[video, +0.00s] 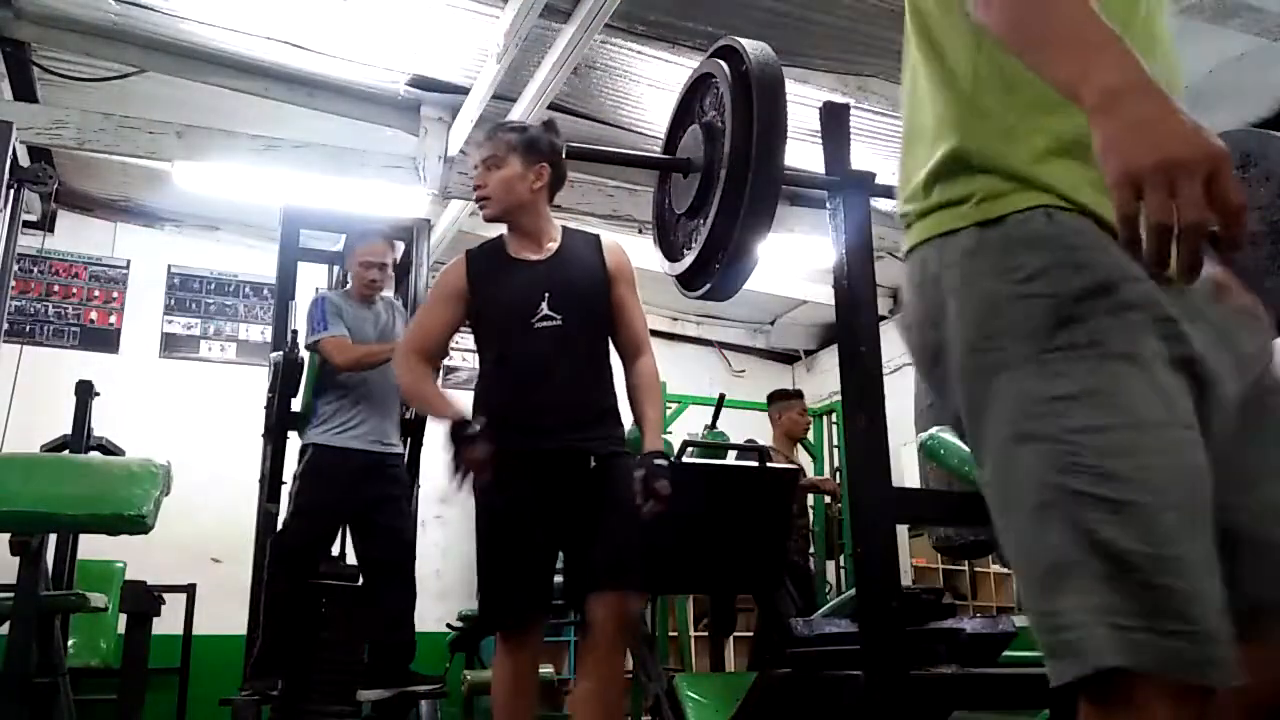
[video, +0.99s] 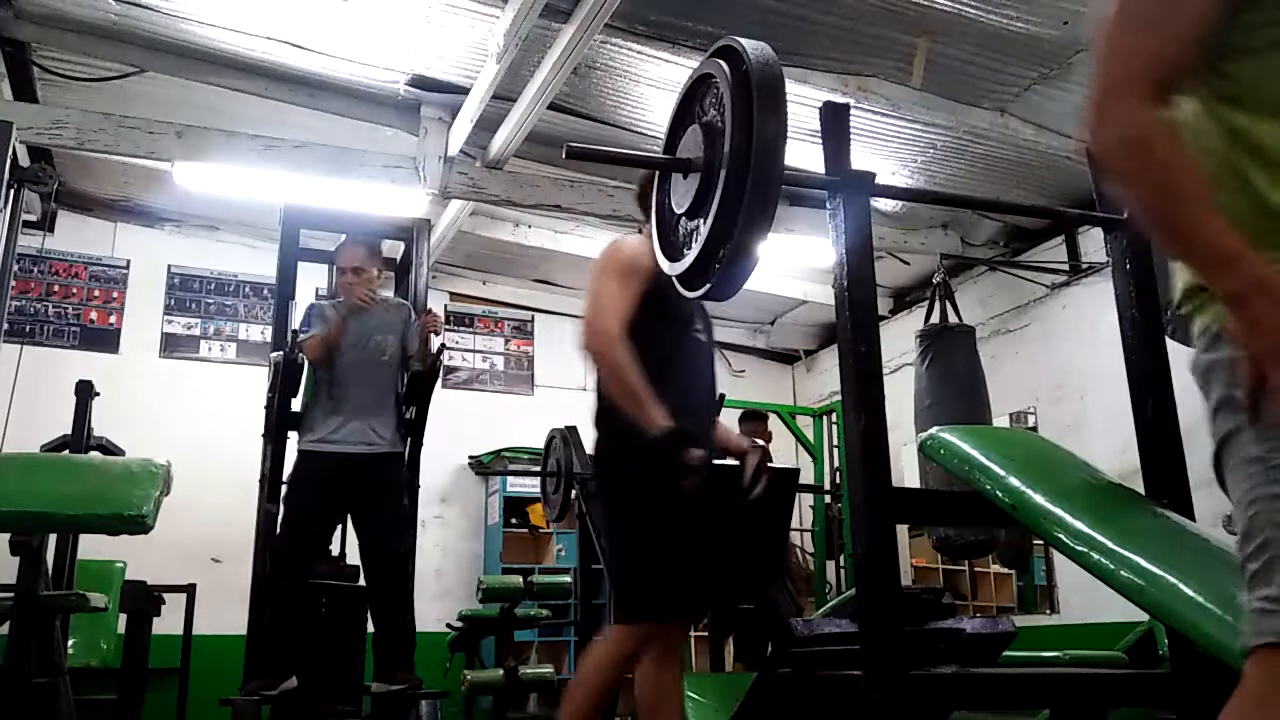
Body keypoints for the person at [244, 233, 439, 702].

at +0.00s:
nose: (377, 274)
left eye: (385, 267)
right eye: (368, 265)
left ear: (392, 269)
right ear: (348, 266)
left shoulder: (398, 315)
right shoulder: (328, 304)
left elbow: (415, 369)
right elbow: (342, 357)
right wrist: (405, 347)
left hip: (384, 458)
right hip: (329, 454)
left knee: (393, 574)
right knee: (293, 562)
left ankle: (390, 681)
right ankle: (271, 673)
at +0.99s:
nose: (349, 280)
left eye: (359, 272)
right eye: (343, 272)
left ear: (379, 271)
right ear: (335, 272)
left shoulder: (401, 313)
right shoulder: (321, 310)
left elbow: (421, 372)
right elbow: (315, 355)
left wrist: (427, 342)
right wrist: (345, 313)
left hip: (381, 458)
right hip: (321, 455)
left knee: (390, 572)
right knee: (292, 564)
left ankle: (396, 672)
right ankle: (279, 670)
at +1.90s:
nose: (368, 289)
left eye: (374, 280)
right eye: (359, 280)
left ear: (382, 279)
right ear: (338, 279)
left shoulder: (395, 316)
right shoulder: (315, 313)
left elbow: (410, 369)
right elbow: (303, 364)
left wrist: (426, 343)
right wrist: (289, 329)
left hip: (378, 456)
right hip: (320, 454)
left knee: (384, 568)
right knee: (296, 564)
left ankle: (394, 670)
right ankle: (284, 668)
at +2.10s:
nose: (365, 288)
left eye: (372, 280)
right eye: (356, 279)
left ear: (383, 280)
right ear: (340, 279)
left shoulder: (400, 317)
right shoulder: (319, 314)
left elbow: (412, 371)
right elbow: (301, 365)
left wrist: (427, 342)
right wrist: (289, 331)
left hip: (378, 458)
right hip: (319, 455)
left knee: (384, 570)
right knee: (296, 565)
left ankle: (394, 671)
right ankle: (284, 668)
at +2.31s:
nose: (366, 285)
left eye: (373, 278)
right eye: (358, 277)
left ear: (385, 280)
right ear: (343, 278)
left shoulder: (401, 317)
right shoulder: (320, 313)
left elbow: (414, 374)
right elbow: (303, 364)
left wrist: (428, 343)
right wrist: (290, 333)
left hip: (379, 457)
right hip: (320, 454)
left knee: (385, 571)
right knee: (296, 565)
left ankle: (394, 672)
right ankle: (281, 669)